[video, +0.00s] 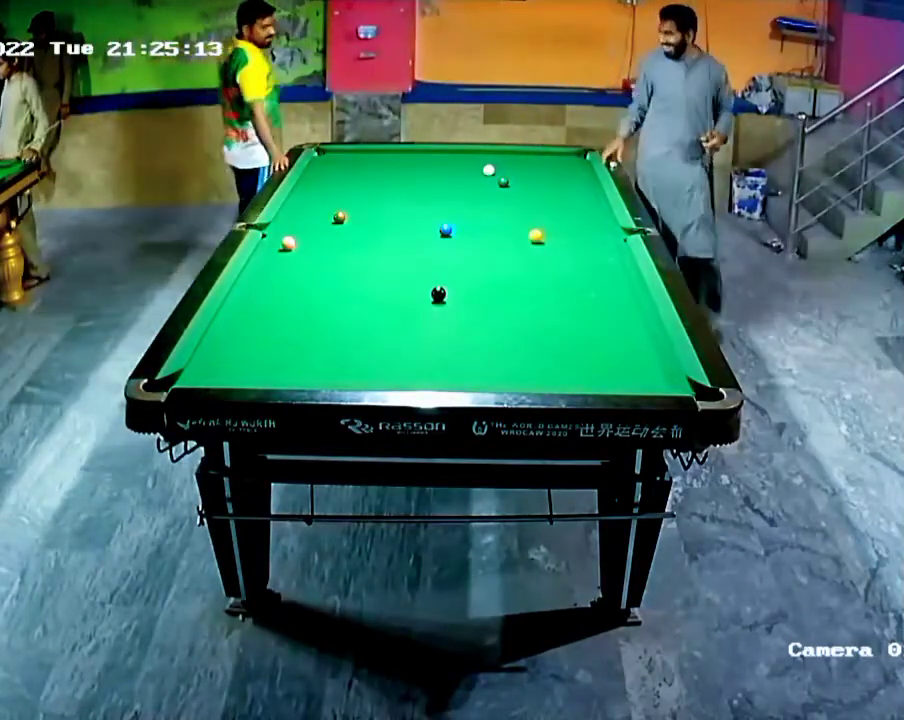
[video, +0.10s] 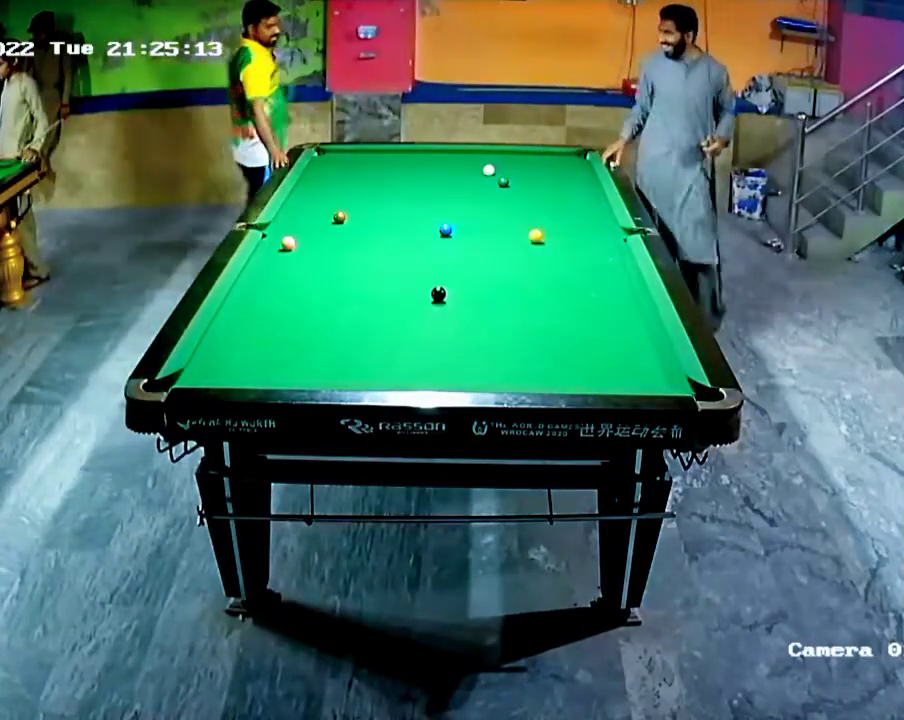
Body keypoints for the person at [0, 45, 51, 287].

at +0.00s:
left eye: (2, 62)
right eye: (0, 62)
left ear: (12, 62)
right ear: (8, 63)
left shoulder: (26, 83)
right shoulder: (8, 85)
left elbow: (42, 118)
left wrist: (35, 147)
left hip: (15, 160)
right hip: (4, 160)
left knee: (22, 215)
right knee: (15, 216)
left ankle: (36, 266)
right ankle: (26, 266)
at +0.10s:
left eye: (1, 62)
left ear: (11, 63)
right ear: (7, 63)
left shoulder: (25, 84)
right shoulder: (8, 86)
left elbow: (42, 119)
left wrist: (35, 146)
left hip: (15, 161)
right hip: (3, 161)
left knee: (22, 215)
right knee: (14, 216)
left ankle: (35, 266)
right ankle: (23, 266)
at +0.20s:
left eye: (2, 61)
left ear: (11, 62)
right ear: (7, 63)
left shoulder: (23, 82)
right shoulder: (9, 84)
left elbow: (40, 118)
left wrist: (35, 146)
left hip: (14, 160)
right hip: (3, 160)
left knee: (22, 215)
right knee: (15, 216)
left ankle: (35, 266)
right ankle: (29, 266)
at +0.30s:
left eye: (2, 60)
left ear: (10, 62)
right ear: (6, 62)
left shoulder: (21, 82)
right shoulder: (10, 83)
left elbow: (38, 117)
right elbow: (37, 117)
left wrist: (35, 145)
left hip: (13, 159)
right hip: (3, 160)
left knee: (22, 216)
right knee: (16, 216)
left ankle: (35, 266)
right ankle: (29, 266)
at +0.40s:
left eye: (1, 61)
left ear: (10, 62)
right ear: (5, 62)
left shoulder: (21, 81)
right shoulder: (10, 83)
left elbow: (37, 117)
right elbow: (36, 117)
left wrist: (35, 145)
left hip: (13, 159)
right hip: (3, 160)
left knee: (22, 214)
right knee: (16, 215)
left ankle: (33, 264)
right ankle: (28, 264)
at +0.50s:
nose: (1, 65)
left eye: (3, 60)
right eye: (2, 60)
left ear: (9, 62)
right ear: (5, 63)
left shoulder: (18, 81)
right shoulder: (13, 82)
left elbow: (35, 116)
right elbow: (34, 117)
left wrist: (34, 146)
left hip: (12, 158)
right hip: (4, 159)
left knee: (21, 213)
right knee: (17, 213)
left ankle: (30, 262)